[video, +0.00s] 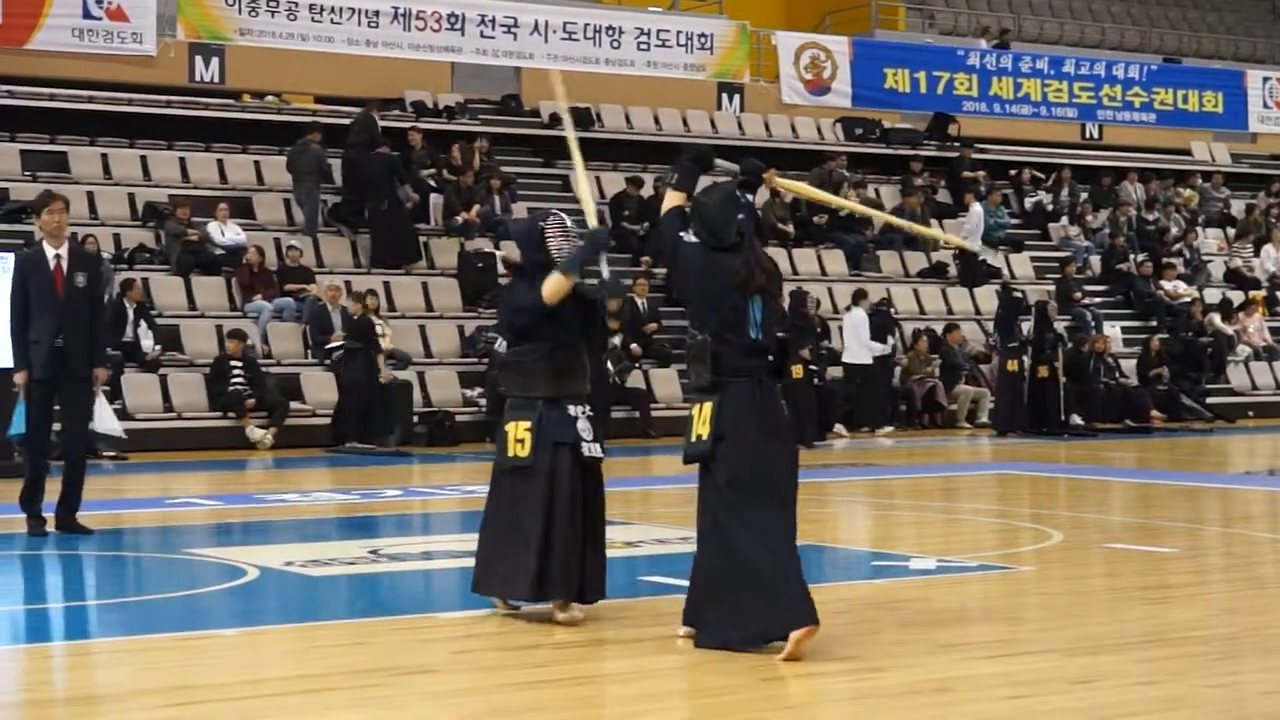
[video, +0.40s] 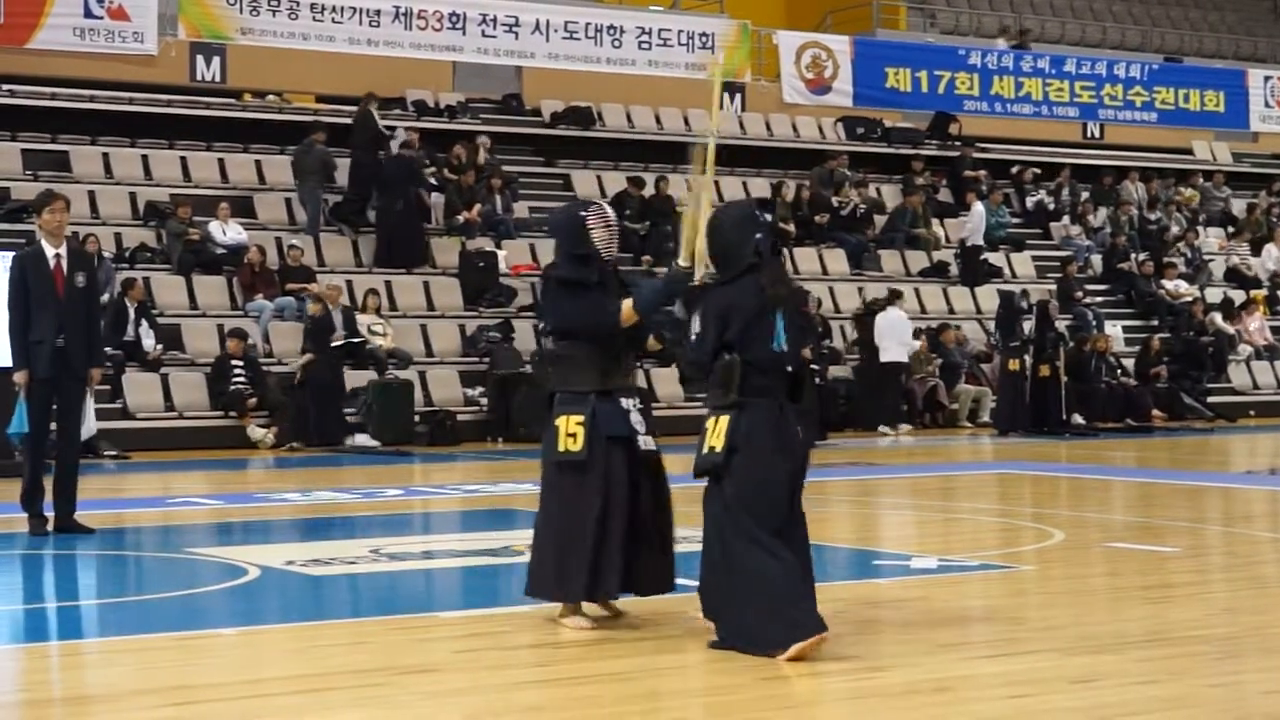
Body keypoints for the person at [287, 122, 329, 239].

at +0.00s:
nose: (319, 138)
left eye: (319, 135)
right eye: (318, 135)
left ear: (306, 135)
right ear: (313, 135)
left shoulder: (294, 150)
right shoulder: (317, 150)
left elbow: (289, 167)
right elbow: (324, 169)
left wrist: (298, 174)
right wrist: (331, 182)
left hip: (297, 186)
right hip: (312, 187)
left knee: (310, 218)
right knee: (311, 220)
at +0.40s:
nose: (324, 138)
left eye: (324, 135)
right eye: (323, 135)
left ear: (311, 135)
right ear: (318, 135)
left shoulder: (299, 150)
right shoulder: (322, 151)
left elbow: (294, 166)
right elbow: (332, 167)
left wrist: (298, 178)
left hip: (302, 187)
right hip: (315, 187)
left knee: (311, 217)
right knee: (313, 219)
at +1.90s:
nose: (333, 141)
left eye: (334, 139)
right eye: (333, 138)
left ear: (322, 137)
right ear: (329, 138)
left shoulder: (314, 148)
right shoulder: (326, 149)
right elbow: (336, 161)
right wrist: (351, 166)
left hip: (311, 188)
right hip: (320, 189)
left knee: (317, 219)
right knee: (323, 219)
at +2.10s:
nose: (336, 141)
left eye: (336, 138)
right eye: (336, 138)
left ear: (325, 135)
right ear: (333, 136)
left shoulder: (317, 148)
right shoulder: (326, 148)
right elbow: (338, 155)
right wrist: (353, 153)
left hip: (315, 189)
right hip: (322, 191)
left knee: (323, 224)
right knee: (324, 225)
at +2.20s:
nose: (337, 141)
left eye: (337, 138)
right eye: (337, 138)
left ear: (326, 135)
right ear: (334, 136)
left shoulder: (317, 148)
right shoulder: (327, 149)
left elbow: (324, 173)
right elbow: (341, 155)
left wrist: (339, 181)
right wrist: (357, 153)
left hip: (316, 189)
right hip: (323, 191)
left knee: (324, 224)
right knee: (324, 225)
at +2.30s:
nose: (339, 142)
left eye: (339, 140)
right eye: (338, 139)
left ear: (328, 137)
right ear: (334, 137)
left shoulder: (319, 148)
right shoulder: (329, 149)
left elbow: (327, 176)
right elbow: (341, 154)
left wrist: (344, 185)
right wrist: (357, 155)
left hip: (316, 189)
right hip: (323, 190)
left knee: (324, 224)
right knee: (324, 224)